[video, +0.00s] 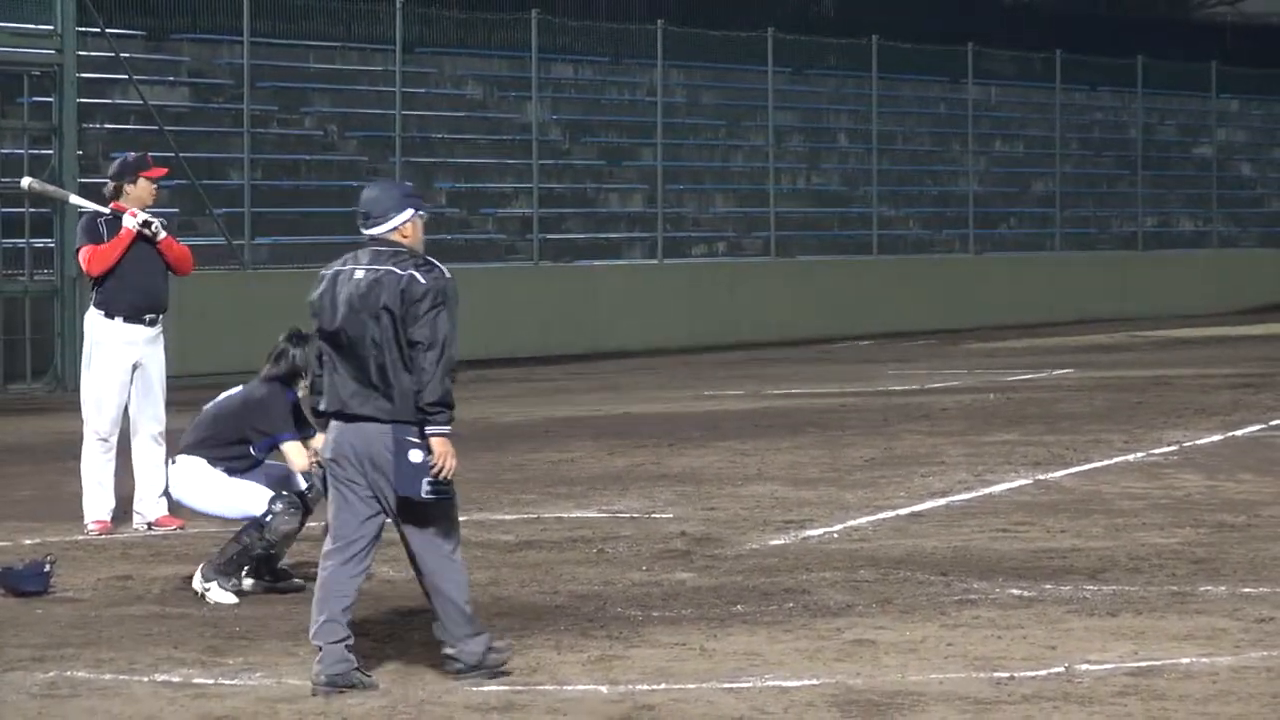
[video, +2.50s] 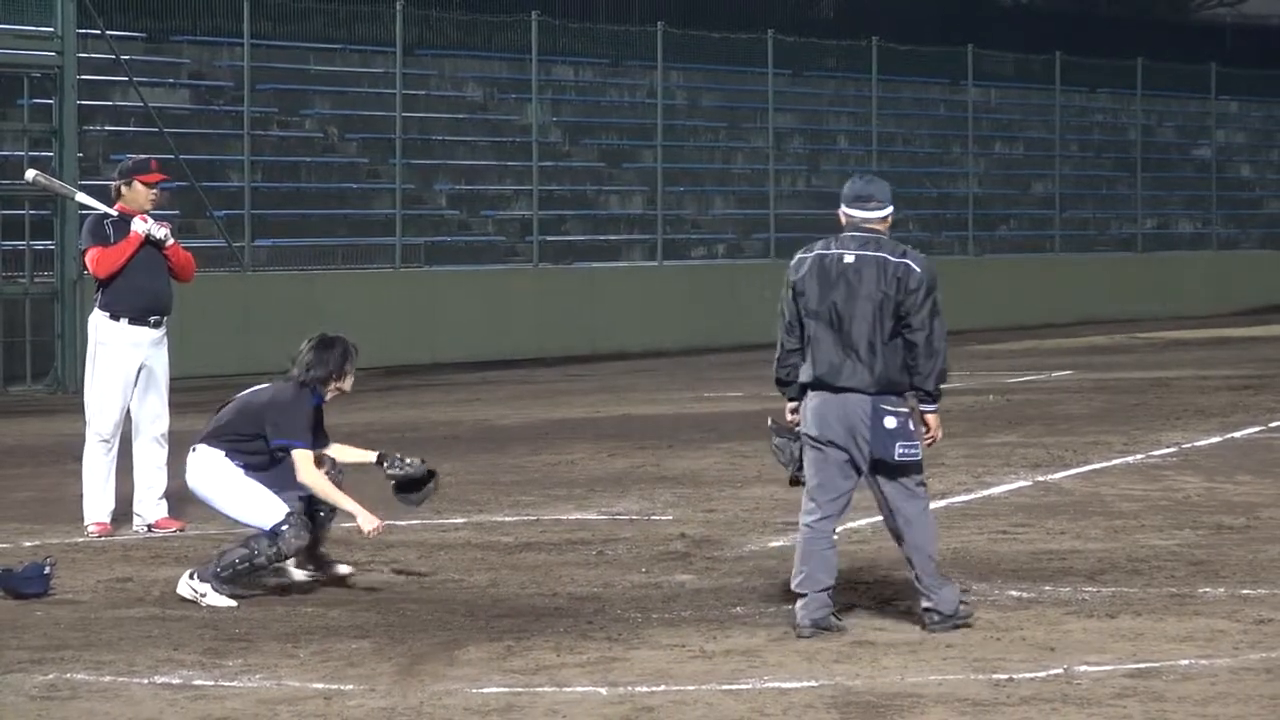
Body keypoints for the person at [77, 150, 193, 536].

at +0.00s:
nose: (155, 188)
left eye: (155, 182)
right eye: (149, 182)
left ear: (137, 186)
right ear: (126, 185)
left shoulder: (153, 227)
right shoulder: (96, 221)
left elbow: (186, 265)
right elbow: (93, 265)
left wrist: (161, 236)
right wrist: (127, 232)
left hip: (151, 333)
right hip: (109, 332)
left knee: (151, 426)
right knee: (102, 429)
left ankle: (151, 509)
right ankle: (98, 515)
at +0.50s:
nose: (156, 189)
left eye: (156, 183)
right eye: (151, 183)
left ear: (136, 186)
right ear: (131, 185)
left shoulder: (153, 225)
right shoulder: (97, 220)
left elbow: (184, 266)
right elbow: (96, 265)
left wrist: (163, 238)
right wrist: (132, 233)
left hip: (150, 333)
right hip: (109, 332)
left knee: (148, 426)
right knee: (100, 428)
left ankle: (149, 511)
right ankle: (95, 516)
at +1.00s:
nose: (156, 189)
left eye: (156, 184)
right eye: (152, 183)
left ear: (134, 187)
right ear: (131, 186)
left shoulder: (152, 226)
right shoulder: (98, 221)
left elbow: (183, 267)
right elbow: (97, 265)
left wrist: (164, 238)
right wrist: (133, 232)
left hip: (151, 333)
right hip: (111, 332)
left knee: (150, 426)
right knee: (102, 427)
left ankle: (150, 510)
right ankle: (96, 516)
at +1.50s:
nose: (159, 191)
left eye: (158, 185)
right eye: (153, 184)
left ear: (137, 188)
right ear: (132, 187)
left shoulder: (155, 227)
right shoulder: (99, 221)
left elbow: (184, 272)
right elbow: (99, 266)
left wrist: (166, 241)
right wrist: (136, 235)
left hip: (153, 335)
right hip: (113, 333)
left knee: (152, 428)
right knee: (103, 429)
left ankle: (151, 512)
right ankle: (98, 517)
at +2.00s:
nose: (159, 191)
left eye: (159, 185)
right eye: (154, 185)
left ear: (138, 189)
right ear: (132, 188)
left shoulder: (155, 229)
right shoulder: (100, 222)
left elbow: (185, 273)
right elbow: (99, 268)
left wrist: (166, 243)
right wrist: (137, 236)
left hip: (155, 335)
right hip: (114, 334)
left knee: (153, 428)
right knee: (104, 429)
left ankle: (152, 512)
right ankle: (99, 517)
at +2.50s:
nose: (156, 192)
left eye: (157, 187)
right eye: (149, 186)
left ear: (148, 190)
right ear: (125, 187)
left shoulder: (156, 228)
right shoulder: (100, 222)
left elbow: (187, 271)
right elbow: (99, 267)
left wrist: (167, 242)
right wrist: (137, 236)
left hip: (155, 335)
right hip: (114, 333)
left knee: (153, 427)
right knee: (104, 428)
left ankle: (151, 513)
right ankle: (98, 517)